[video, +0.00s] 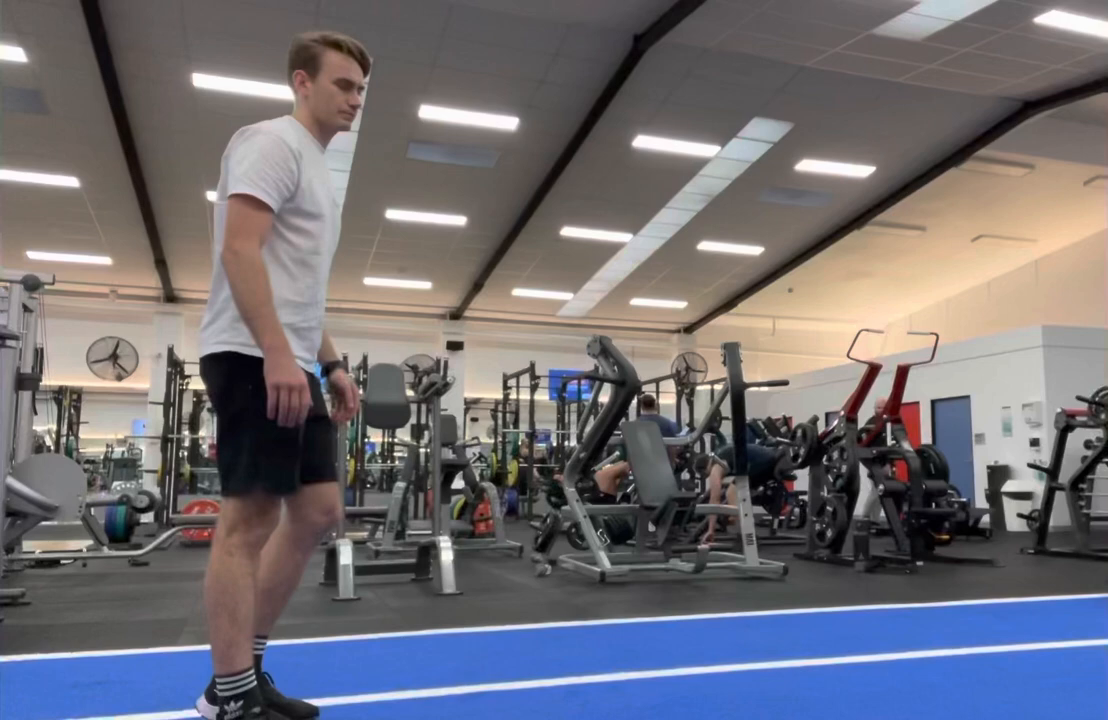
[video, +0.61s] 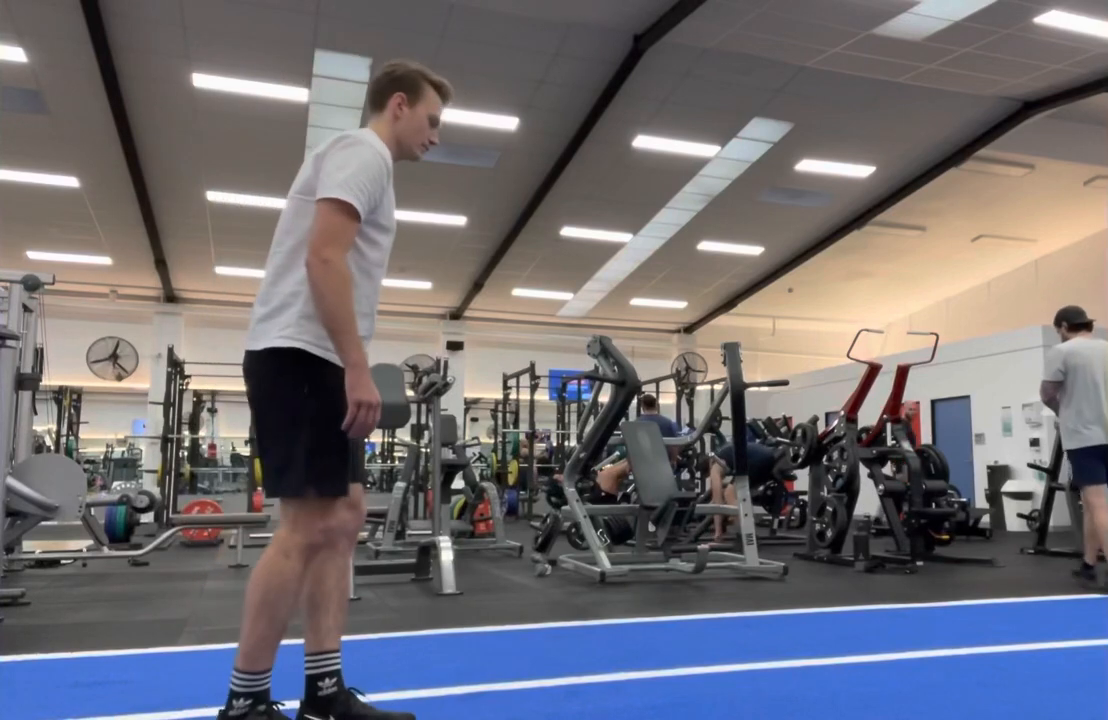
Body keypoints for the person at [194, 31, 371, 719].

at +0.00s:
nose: (354, 99)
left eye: (360, 90)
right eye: (343, 85)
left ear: (357, 96)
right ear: (302, 83)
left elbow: (301, 278)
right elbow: (239, 250)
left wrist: (329, 360)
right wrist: (277, 353)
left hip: (296, 361)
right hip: (250, 355)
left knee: (316, 512)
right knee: (247, 520)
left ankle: (243, 666)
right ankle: (230, 689)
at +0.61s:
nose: (436, 134)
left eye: (439, 123)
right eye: (432, 118)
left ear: (396, 109)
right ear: (397, 104)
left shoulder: (366, 160)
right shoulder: (361, 151)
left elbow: (321, 270)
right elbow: (325, 257)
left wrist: (351, 372)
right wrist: (358, 366)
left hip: (320, 358)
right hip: (298, 354)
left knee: (344, 516)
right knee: (308, 523)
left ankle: (325, 691)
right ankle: (245, 701)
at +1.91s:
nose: (594, 342)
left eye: (602, 334)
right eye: (599, 328)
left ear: (573, 301)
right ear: (579, 302)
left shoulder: (505, 315)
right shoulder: (533, 304)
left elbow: (478, 444)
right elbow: (510, 429)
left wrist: (551, 485)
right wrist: (577, 479)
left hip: (337, 349)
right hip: (369, 357)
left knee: (380, 523)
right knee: (427, 519)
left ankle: (331, 690)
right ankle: (449, 698)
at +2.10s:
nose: (618, 250)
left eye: (623, 240)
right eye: (619, 235)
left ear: (586, 220)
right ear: (594, 219)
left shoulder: (516, 234)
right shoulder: (555, 240)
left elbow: (475, 365)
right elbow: (506, 351)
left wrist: (526, 434)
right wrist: (552, 431)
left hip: (390, 349)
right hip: (421, 358)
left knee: (442, 518)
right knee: (473, 518)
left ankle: (356, 664)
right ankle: (453, 697)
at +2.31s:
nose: (619, 186)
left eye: (623, 175)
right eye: (620, 171)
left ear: (581, 155)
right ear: (594, 154)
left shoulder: (524, 188)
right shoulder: (566, 192)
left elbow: (493, 299)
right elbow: (525, 297)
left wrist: (538, 386)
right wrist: (552, 406)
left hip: (445, 351)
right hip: (468, 359)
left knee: (509, 507)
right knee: (483, 521)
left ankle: (462, 669)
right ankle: (453, 691)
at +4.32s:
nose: (807, 366)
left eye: (814, 358)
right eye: (814, 353)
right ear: (800, 326)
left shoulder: (711, 356)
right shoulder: (769, 324)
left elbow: (705, 461)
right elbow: (784, 453)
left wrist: (777, 507)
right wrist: (838, 503)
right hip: (605, 359)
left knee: (656, 517)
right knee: (650, 517)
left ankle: (676, 672)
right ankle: (609, 690)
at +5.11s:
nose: (860, 188)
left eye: (862, 179)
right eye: (861, 177)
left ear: (816, 166)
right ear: (846, 166)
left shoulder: (765, 216)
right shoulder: (832, 205)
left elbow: (743, 316)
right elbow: (813, 297)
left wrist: (735, 406)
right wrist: (850, 392)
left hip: (734, 371)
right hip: (774, 372)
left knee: (786, 511)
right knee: (798, 517)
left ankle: (738, 639)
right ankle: (772, 673)